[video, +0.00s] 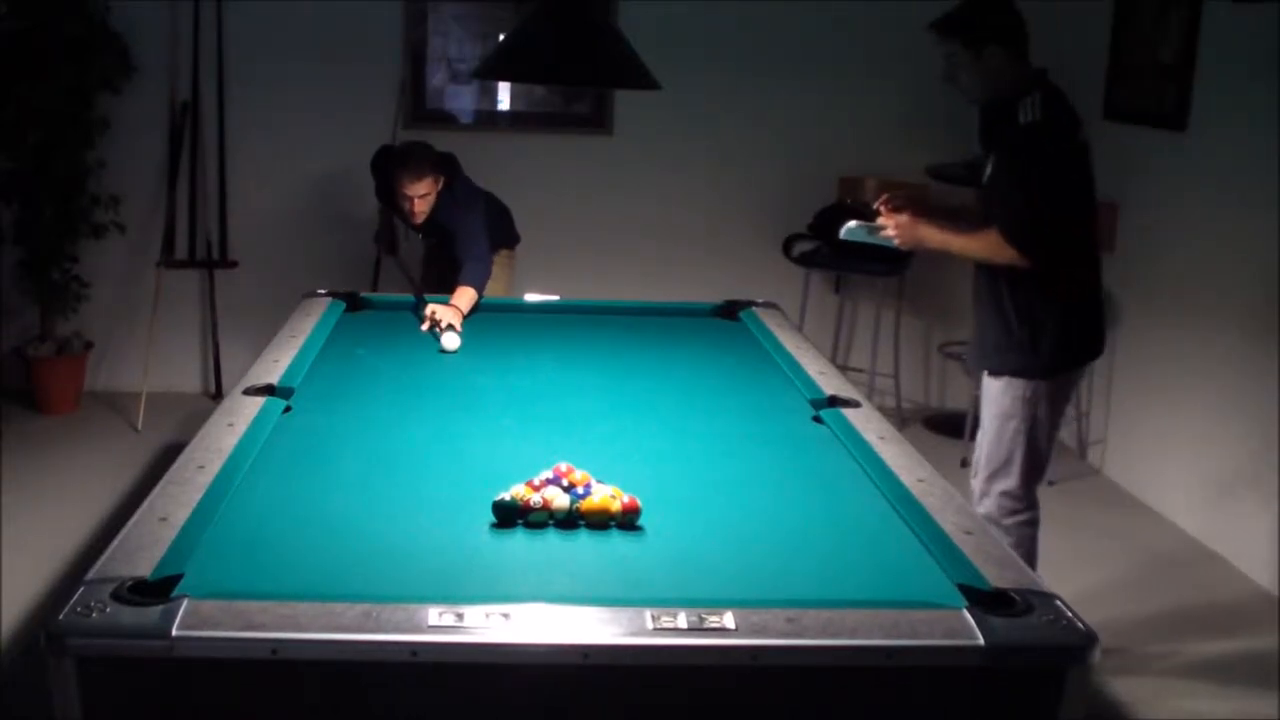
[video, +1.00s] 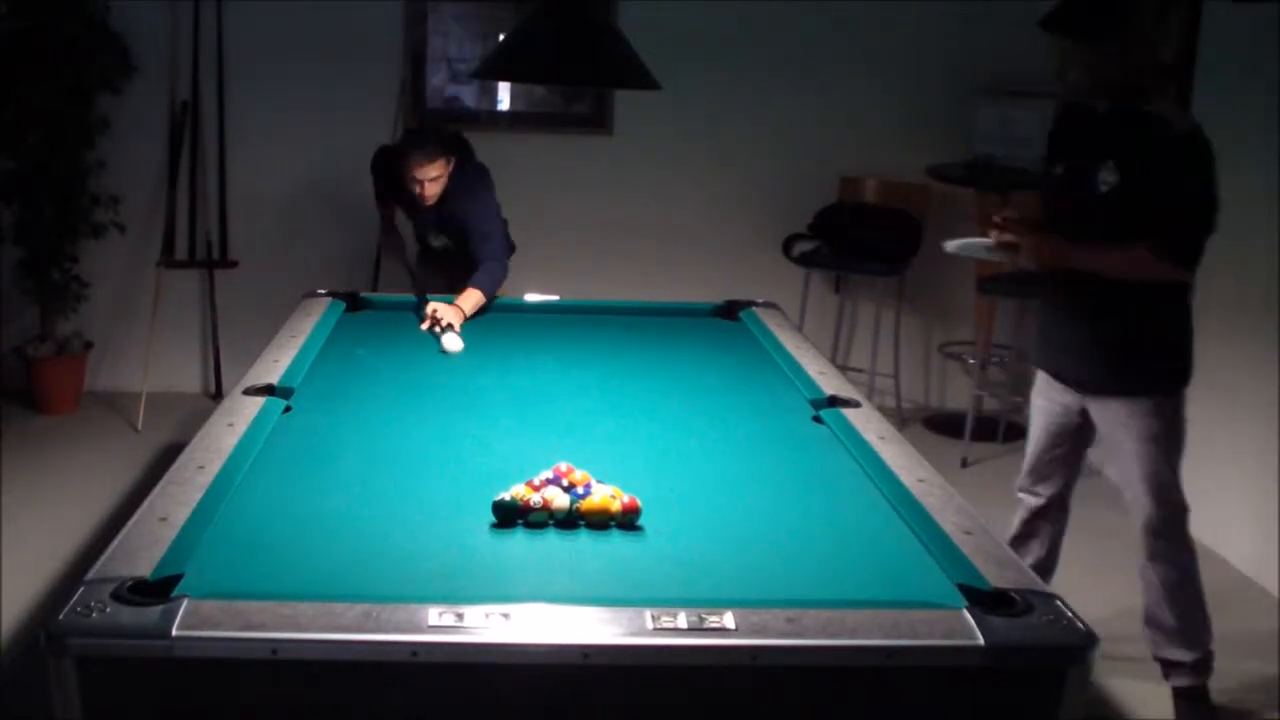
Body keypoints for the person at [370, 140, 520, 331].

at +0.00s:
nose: (415, 207)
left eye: (424, 197)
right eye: (407, 199)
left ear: (439, 184)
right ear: (393, 189)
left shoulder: (462, 198)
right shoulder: (389, 170)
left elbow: (478, 260)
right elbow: (382, 155)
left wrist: (456, 308)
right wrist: (386, 222)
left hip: (492, 247)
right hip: (441, 244)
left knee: (485, 325)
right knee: (427, 318)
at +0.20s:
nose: (414, 207)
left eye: (422, 196)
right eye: (405, 197)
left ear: (437, 184)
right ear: (393, 188)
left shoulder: (462, 200)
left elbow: (476, 261)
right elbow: (379, 158)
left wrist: (456, 308)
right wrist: (384, 226)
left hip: (493, 247)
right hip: (441, 243)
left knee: (485, 325)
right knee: (425, 319)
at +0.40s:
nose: (413, 206)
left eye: (421, 196)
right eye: (404, 197)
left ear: (436, 183)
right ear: (392, 188)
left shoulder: (461, 200)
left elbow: (476, 261)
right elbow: (378, 159)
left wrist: (456, 308)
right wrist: (384, 225)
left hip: (492, 248)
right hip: (441, 244)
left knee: (485, 325)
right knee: (425, 319)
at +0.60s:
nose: (413, 206)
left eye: (421, 195)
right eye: (404, 196)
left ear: (436, 182)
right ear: (392, 188)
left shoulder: (460, 199)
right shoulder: (388, 171)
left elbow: (476, 261)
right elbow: (377, 163)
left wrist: (456, 308)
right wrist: (384, 231)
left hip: (491, 248)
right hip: (441, 245)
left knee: (486, 327)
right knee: (424, 320)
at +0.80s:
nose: (412, 202)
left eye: (421, 192)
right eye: (404, 193)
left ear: (436, 179)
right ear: (391, 184)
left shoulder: (458, 195)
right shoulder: (391, 165)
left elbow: (481, 260)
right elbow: (380, 157)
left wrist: (457, 308)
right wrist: (382, 218)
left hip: (489, 248)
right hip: (439, 243)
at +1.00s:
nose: (425, 191)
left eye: (435, 180)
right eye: (417, 181)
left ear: (450, 166)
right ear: (404, 171)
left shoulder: (472, 183)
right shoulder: (391, 166)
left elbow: (495, 260)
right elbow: (380, 162)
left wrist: (460, 309)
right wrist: (388, 228)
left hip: (474, 261)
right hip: (432, 257)